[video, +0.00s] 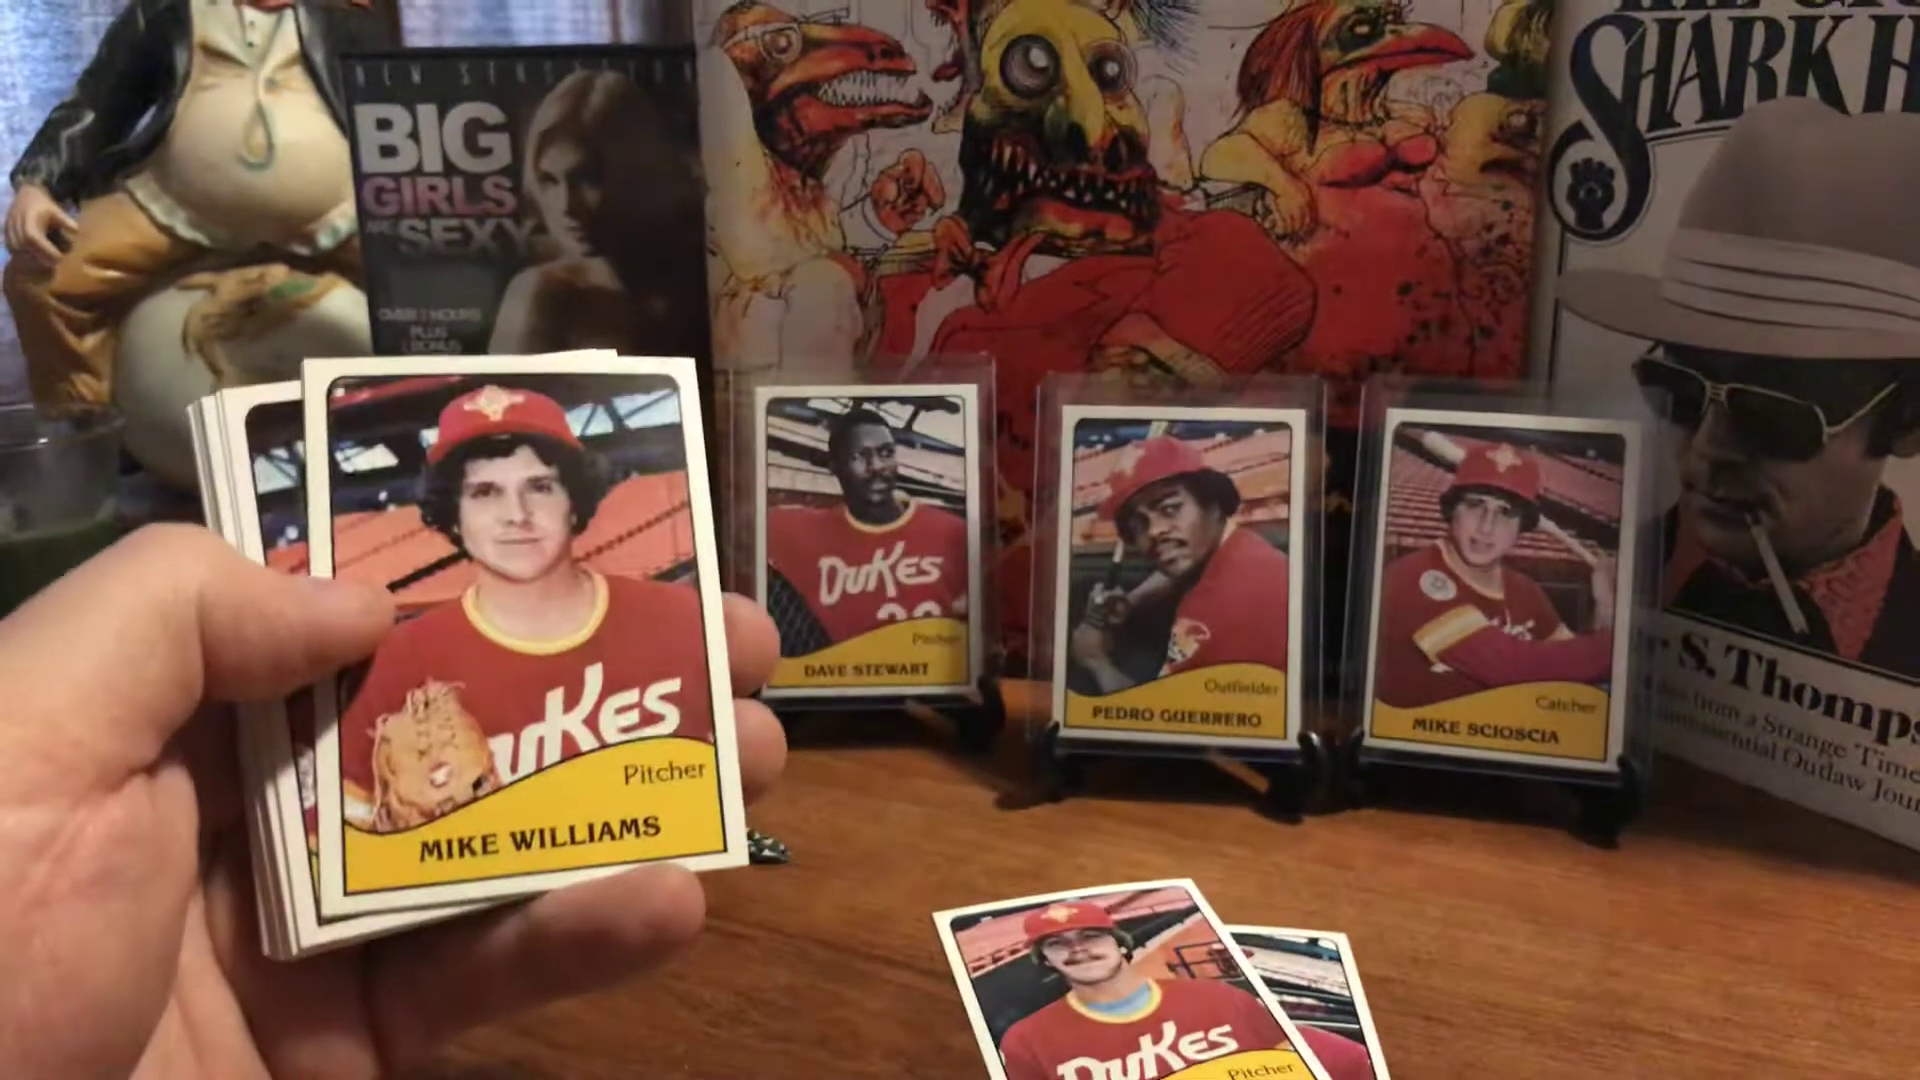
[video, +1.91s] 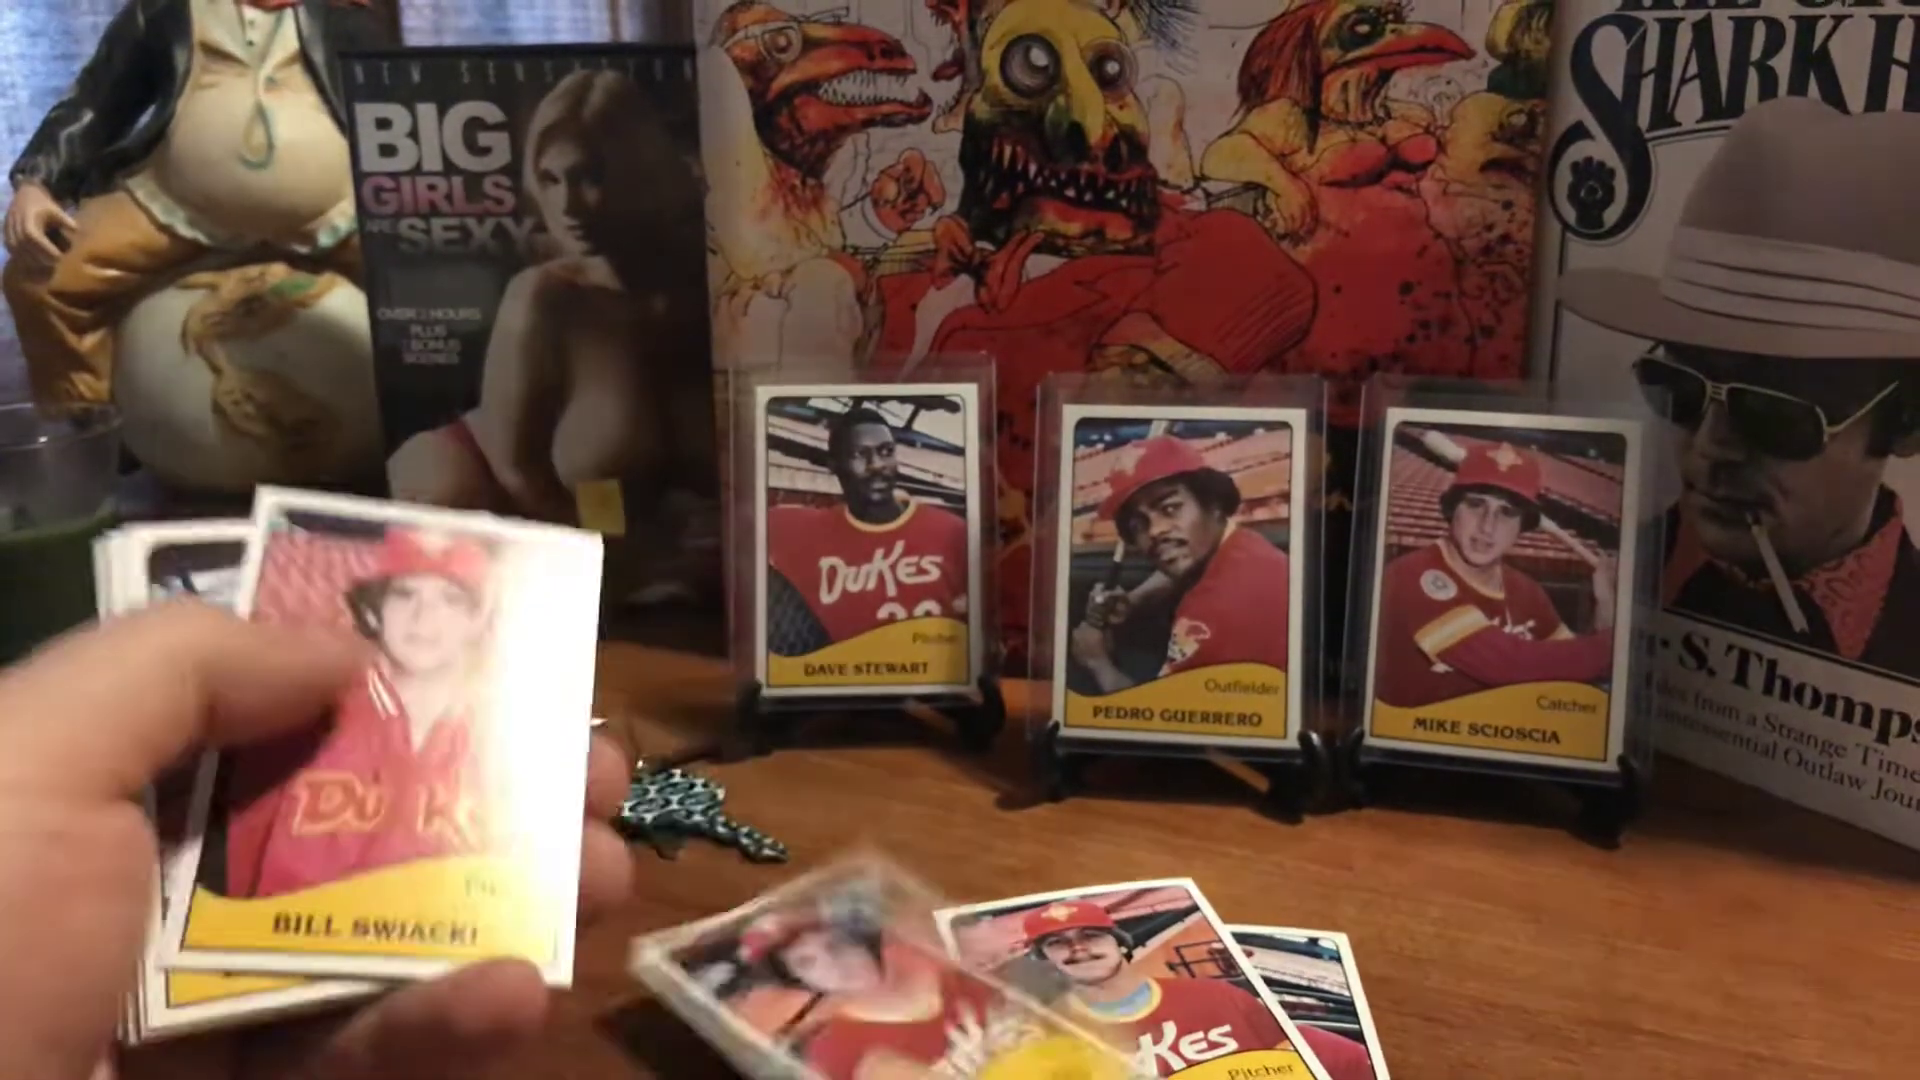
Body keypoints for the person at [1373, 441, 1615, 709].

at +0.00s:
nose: (1486, 526)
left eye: (1505, 513)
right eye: (1475, 505)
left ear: (1521, 527)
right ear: (1451, 509)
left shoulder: (1523, 591)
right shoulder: (1415, 579)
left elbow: (1579, 674)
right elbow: (1505, 666)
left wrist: (1605, 609)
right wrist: (1620, 643)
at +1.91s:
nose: (1487, 525)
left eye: (1506, 512)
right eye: (1476, 505)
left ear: (1521, 527)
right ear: (1452, 508)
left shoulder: (1525, 592)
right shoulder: (1416, 577)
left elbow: (1579, 675)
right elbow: (1504, 664)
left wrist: (1606, 606)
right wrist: (1620, 641)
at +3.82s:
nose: (1484, 527)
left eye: (1504, 513)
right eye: (1474, 505)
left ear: (1519, 528)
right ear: (1450, 510)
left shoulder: (1521, 592)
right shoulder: (1413, 579)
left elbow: (1578, 669)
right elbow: (1504, 665)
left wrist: (1603, 608)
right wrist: (1617, 640)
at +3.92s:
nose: (1484, 526)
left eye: (1504, 512)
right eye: (1473, 504)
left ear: (1519, 527)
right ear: (1450, 508)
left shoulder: (1522, 592)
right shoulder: (1414, 577)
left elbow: (1578, 669)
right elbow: (1503, 664)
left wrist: (1603, 607)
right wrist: (1616, 641)